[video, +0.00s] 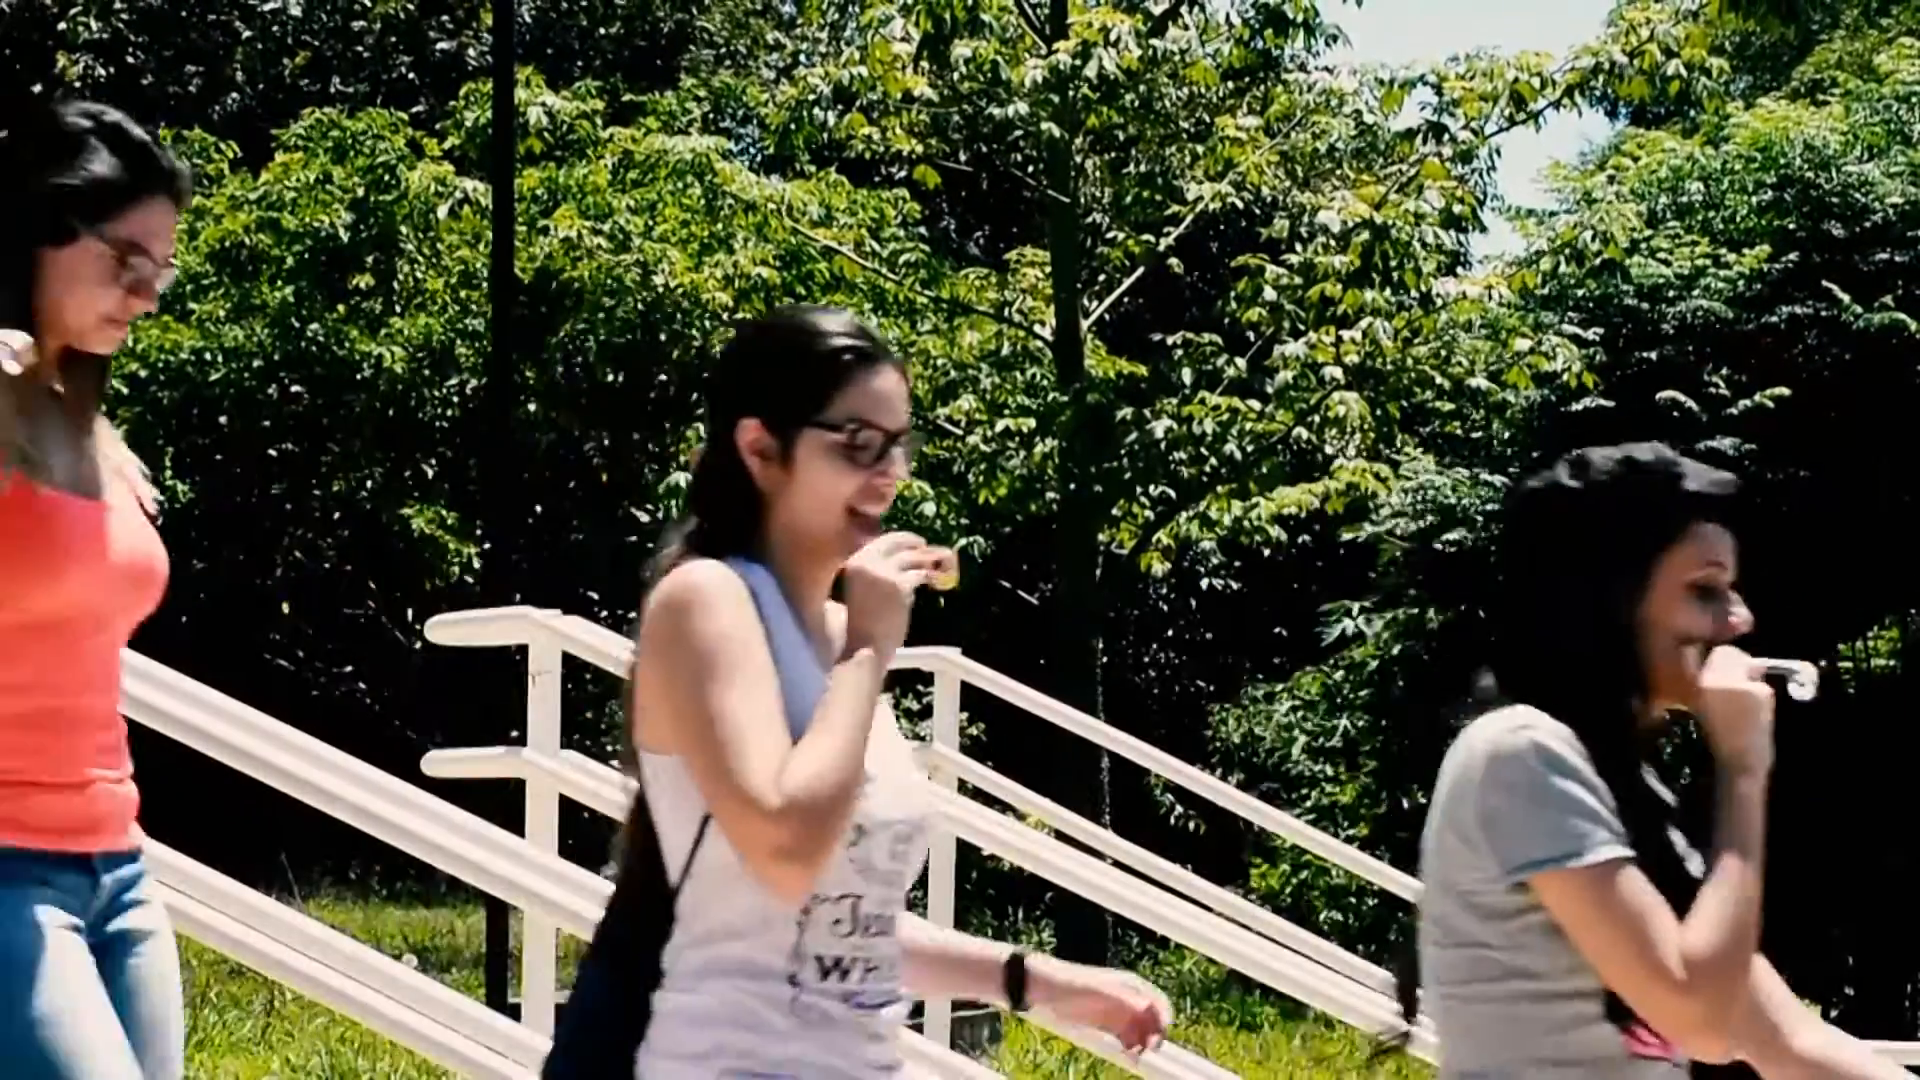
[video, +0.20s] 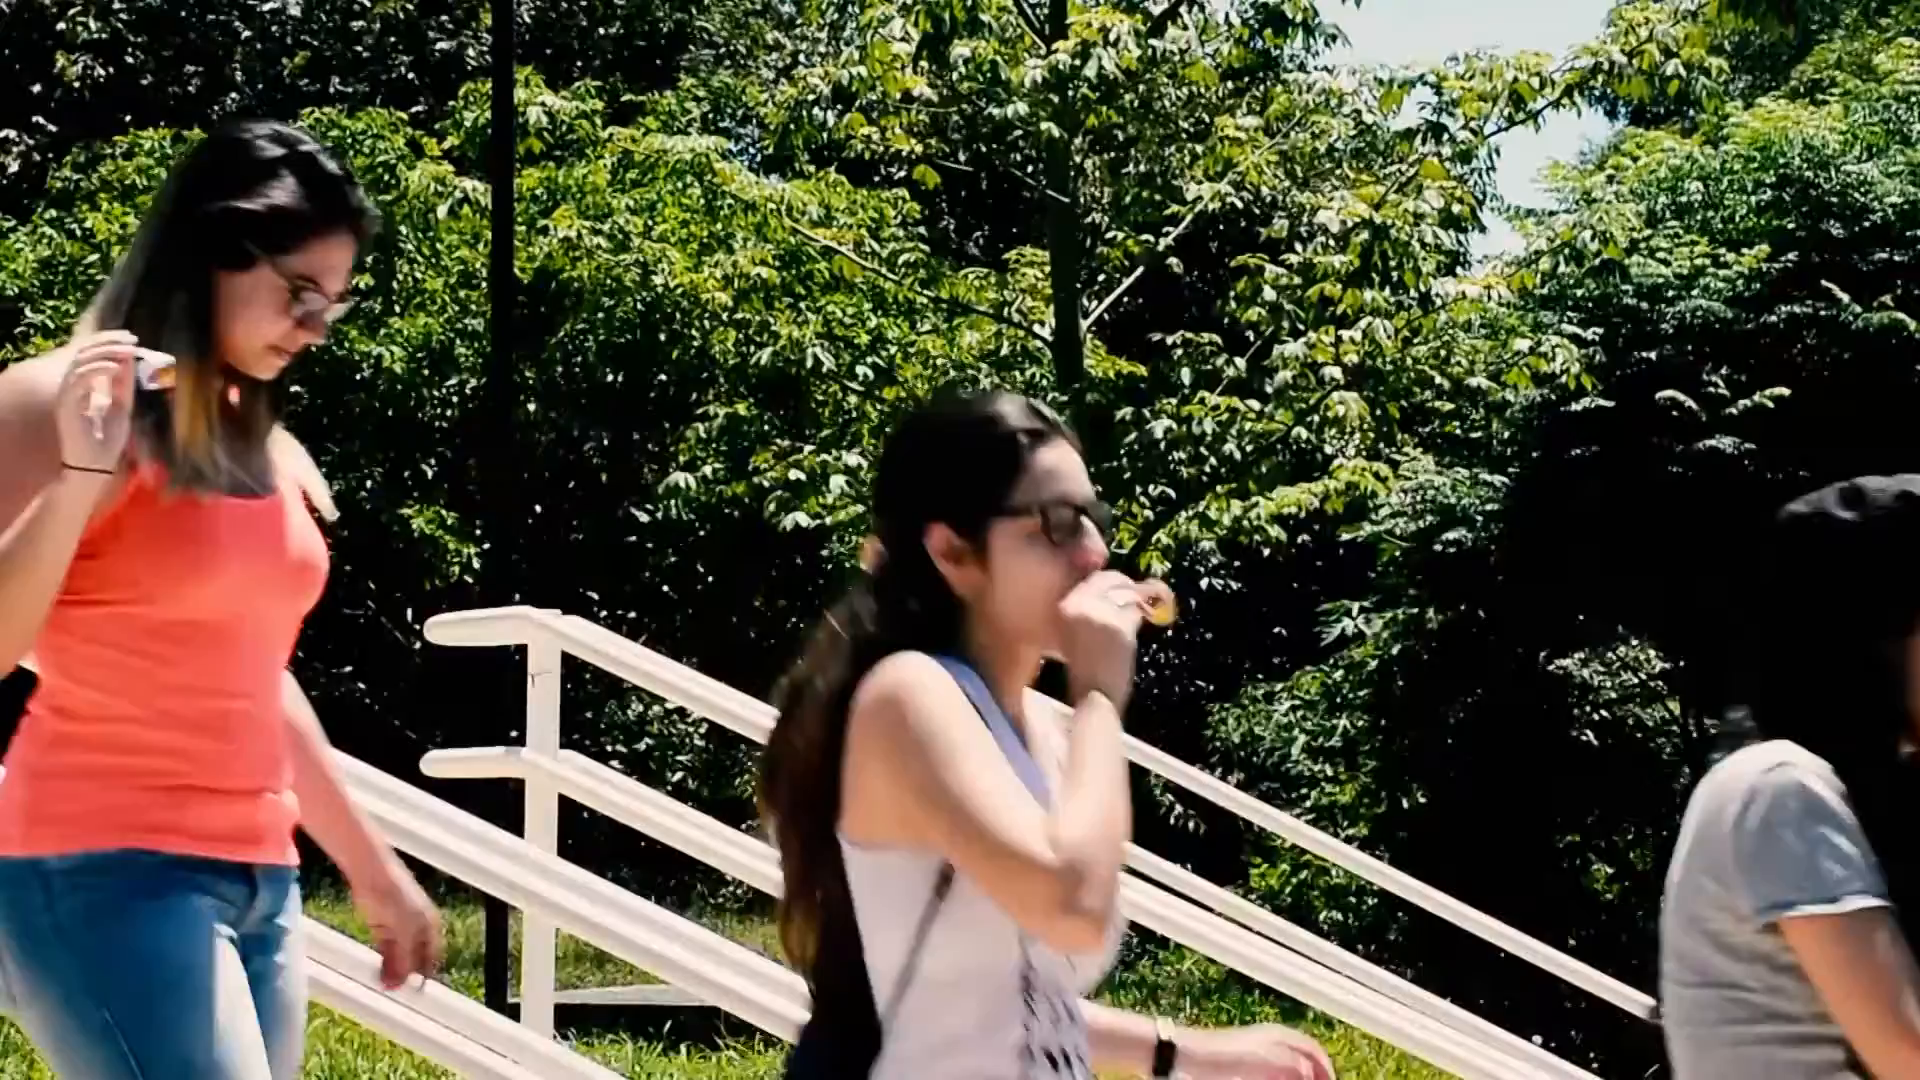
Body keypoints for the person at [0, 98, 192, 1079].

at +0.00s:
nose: (147, 295)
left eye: (160, 272)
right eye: (127, 260)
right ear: (38, 232)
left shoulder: (94, 428)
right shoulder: (9, 402)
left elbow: (79, 660)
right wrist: (4, 368)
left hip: (121, 872)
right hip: (14, 879)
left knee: (163, 1067)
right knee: (108, 1070)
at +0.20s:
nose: (317, 326)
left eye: (334, 301)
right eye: (299, 290)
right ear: (212, 252)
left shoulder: (277, 446)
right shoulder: (47, 401)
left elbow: (259, 678)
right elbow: (6, 641)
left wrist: (375, 872)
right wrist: (84, 474)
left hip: (262, 889)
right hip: (105, 880)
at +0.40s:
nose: (490, 435)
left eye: (506, 410)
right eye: (472, 399)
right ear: (384, 372)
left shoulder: (415, 562)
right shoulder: (238, 516)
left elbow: (400, 820)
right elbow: (165, 777)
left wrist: (539, 992)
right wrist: (295, 585)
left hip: (404, 1021)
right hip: (246, 1024)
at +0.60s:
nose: (682, 489)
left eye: (695, 464)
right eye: (672, 451)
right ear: (586, 415)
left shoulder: (578, 576)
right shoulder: (431, 567)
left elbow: (561, 823)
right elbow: (401, 833)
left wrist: (607, 954)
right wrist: (536, 644)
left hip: (589, 1041)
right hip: (435, 1043)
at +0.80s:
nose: (907, 544)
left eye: (912, 512)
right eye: (882, 507)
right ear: (787, 496)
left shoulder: (808, 674)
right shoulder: (654, 672)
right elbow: (611, 950)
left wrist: (827, 1054)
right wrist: (748, 767)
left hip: (814, 1058)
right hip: (673, 1063)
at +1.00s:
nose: (1110, 559)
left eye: (1112, 527)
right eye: (1079, 523)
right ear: (978, 524)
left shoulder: (1041, 712)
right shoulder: (864, 693)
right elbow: (808, 964)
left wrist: (1059, 1056)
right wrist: (942, 778)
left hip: (1046, 1059)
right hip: (906, 1063)